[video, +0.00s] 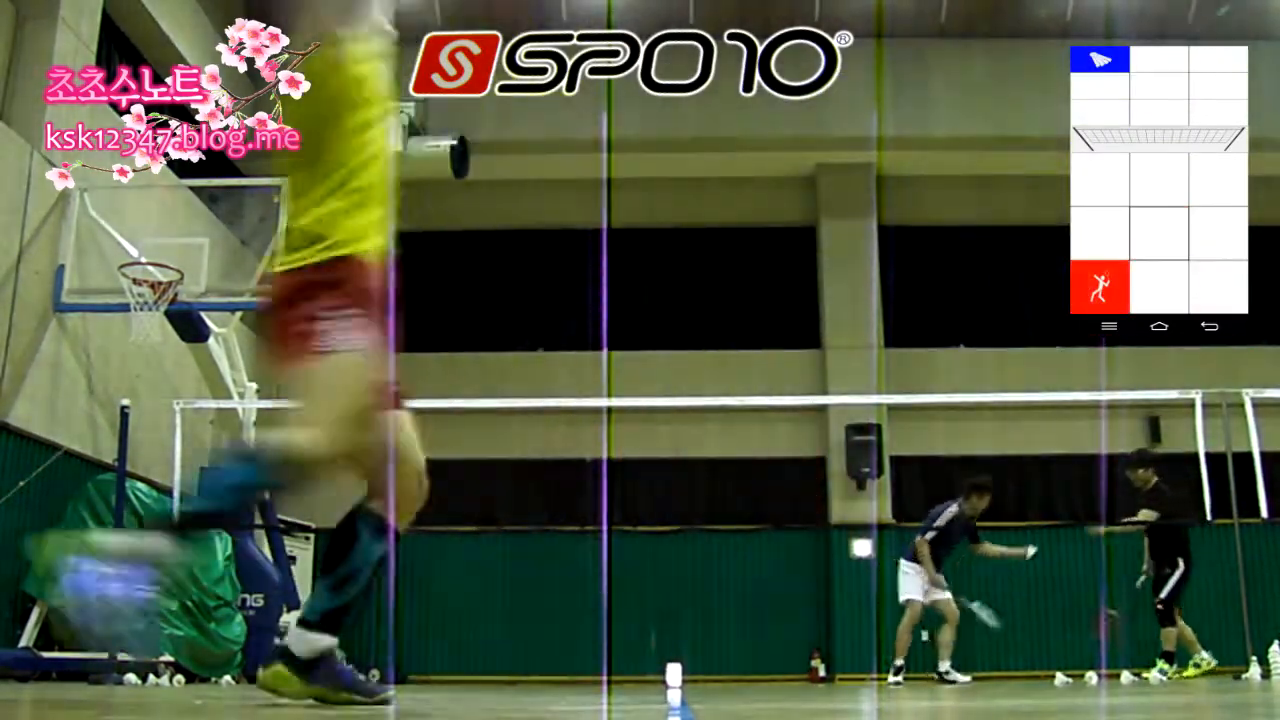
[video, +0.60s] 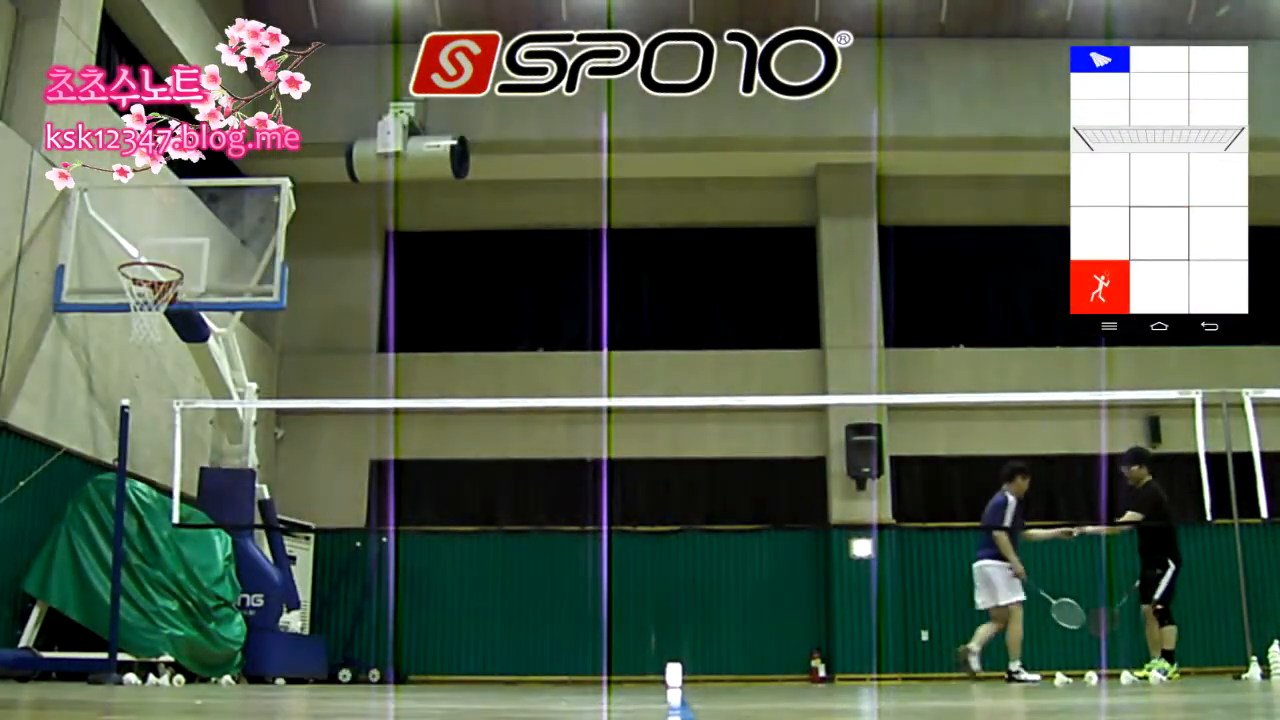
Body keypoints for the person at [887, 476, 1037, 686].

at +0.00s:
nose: (983, 506)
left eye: (985, 502)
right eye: (981, 501)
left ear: (983, 502)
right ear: (971, 498)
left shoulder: (968, 520)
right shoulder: (948, 512)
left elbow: (979, 547)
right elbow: (921, 543)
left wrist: (1020, 552)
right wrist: (932, 575)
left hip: (933, 571)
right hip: (913, 566)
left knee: (952, 615)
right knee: (914, 610)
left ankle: (944, 668)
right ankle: (898, 665)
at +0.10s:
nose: (990, 497)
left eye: (991, 492)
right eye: (988, 491)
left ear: (982, 491)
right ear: (977, 489)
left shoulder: (972, 515)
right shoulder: (955, 507)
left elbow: (989, 539)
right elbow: (932, 536)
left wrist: (1025, 543)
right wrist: (942, 568)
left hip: (945, 569)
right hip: (926, 565)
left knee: (958, 616)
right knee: (933, 611)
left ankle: (945, 667)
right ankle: (906, 661)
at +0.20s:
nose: (995, 489)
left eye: (996, 484)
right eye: (993, 484)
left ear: (986, 484)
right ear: (982, 482)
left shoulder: (980, 509)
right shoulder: (964, 500)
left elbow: (998, 534)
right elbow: (944, 531)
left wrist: (1035, 534)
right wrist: (953, 561)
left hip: (953, 564)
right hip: (939, 560)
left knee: (959, 610)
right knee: (958, 608)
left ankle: (945, 664)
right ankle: (932, 654)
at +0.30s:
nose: (1000, 486)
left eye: (1001, 481)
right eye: (999, 480)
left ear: (990, 479)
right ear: (988, 478)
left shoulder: (983, 504)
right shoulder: (972, 497)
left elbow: (1007, 529)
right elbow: (955, 529)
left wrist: (1040, 531)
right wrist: (967, 558)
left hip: (949, 560)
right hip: (955, 560)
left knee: (954, 613)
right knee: (983, 607)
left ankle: (946, 665)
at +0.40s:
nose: (1008, 484)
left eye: (1009, 479)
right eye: (1005, 479)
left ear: (996, 480)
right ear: (995, 478)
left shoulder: (990, 502)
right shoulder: (983, 499)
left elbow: (1011, 531)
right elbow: (969, 530)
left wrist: (1046, 531)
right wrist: (982, 559)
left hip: (956, 561)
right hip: (969, 561)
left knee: (957, 614)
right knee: (995, 608)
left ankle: (947, 664)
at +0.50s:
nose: (1017, 487)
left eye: (1018, 482)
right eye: (1016, 482)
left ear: (1002, 481)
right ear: (1006, 480)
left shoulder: (992, 501)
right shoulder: (996, 501)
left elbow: (1017, 532)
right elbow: (984, 532)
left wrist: (1054, 532)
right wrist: (1000, 563)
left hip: (969, 564)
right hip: (986, 565)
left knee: (972, 616)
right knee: (1005, 613)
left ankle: (952, 658)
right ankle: (1013, 666)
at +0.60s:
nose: (1027, 486)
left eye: (1027, 481)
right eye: (1025, 481)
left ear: (1012, 481)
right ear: (1016, 480)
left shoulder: (1006, 501)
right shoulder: (1007, 500)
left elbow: (1024, 534)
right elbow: (999, 533)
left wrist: (1057, 533)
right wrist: (1016, 562)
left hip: (984, 564)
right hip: (997, 564)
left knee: (999, 618)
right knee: (1016, 612)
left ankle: (973, 648)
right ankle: (1015, 666)